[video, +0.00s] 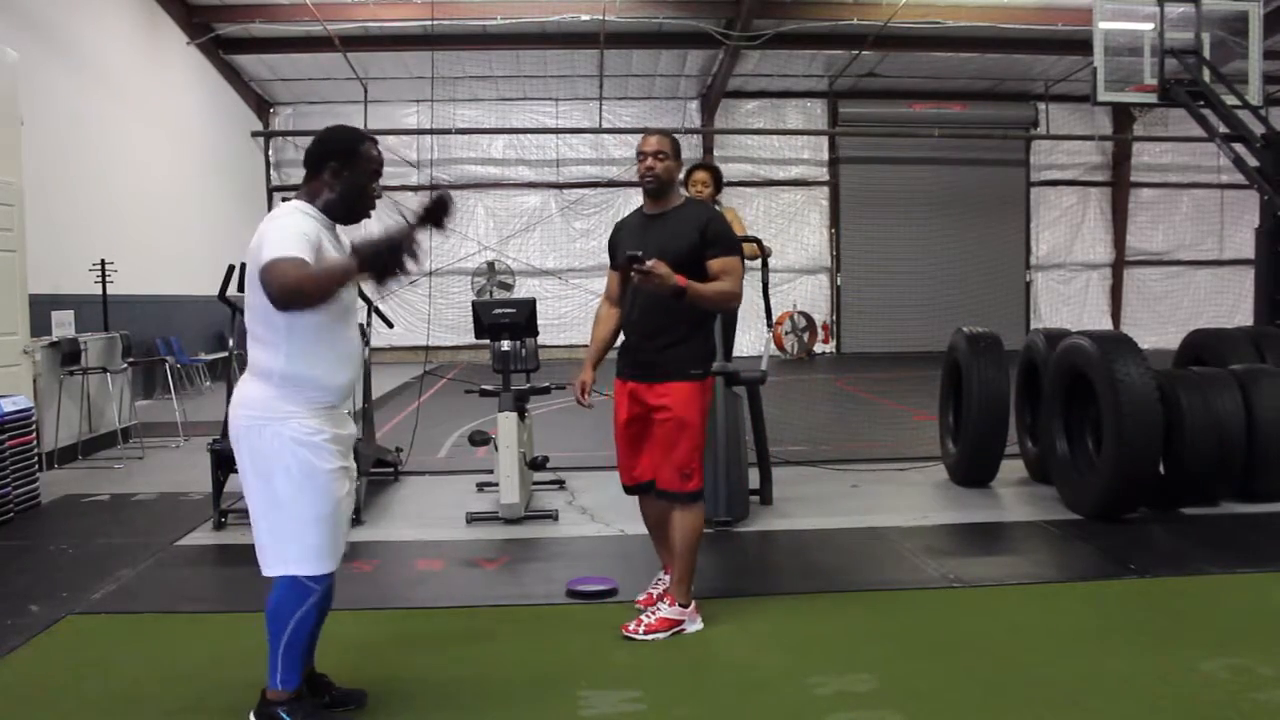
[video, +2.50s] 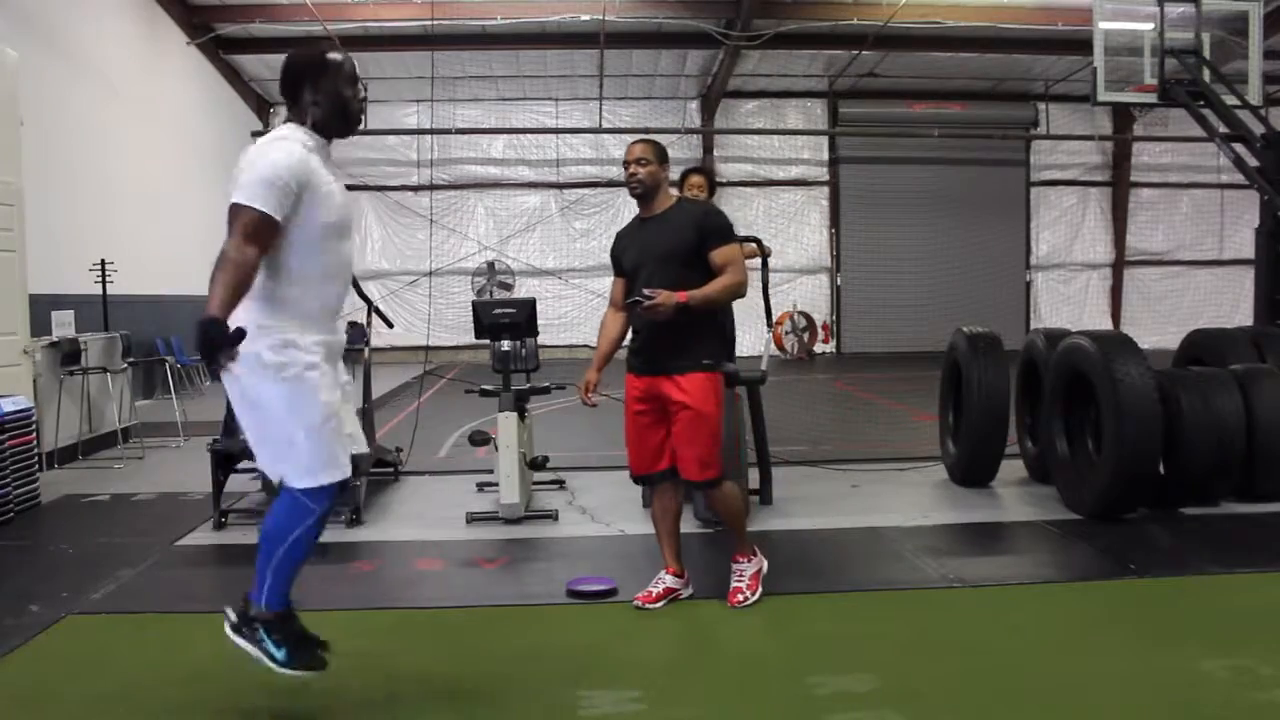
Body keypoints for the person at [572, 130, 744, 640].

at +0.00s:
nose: (649, 164)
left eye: (659, 157)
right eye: (642, 157)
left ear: (679, 166)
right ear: (635, 167)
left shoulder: (707, 219)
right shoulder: (625, 230)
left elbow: (731, 293)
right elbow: (612, 301)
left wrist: (675, 282)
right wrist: (590, 361)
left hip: (685, 375)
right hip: (635, 375)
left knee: (681, 487)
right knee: (646, 485)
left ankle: (681, 604)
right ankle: (673, 575)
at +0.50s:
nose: (646, 167)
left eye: (656, 160)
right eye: (642, 161)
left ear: (681, 168)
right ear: (639, 172)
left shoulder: (715, 217)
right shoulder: (639, 238)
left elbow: (745, 283)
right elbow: (635, 309)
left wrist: (684, 288)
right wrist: (625, 373)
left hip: (709, 369)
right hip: (658, 371)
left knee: (714, 473)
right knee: (666, 475)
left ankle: (747, 566)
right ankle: (675, 573)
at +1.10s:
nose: (721, 166)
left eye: (732, 159)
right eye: (717, 159)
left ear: (753, 168)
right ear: (710, 168)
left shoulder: (780, 225)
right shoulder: (696, 224)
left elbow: (803, 294)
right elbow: (684, 292)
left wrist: (754, 298)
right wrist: (667, 353)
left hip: (762, 372)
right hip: (703, 370)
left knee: (769, 472)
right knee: (691, 469)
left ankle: (767, 565)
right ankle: (678, 568)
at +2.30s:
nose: (648, 170)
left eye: (657, 162)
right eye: (642, 164)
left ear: (679, 168)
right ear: (638, 174)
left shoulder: (715, 217)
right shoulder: (635, 236)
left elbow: (748, 282)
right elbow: (627, 306)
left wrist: (696, 296)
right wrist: (608, 364)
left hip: (706, 372)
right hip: (653, 374)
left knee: (723, 475)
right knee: (663, 475)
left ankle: (755, 555)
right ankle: (674, 572)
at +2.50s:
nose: (632, 171)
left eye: (641, 163)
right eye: (627, 165)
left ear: (665, 169)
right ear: (624, 175)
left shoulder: (703, 217)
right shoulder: (626, 238)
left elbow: (737, 278)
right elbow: (618, 308)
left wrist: (683, 298)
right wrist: (596, 365)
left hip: (698, 369)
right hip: (646, 372)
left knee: (702, 474)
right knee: (659, 474)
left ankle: (747, 556)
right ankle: (673, 573)